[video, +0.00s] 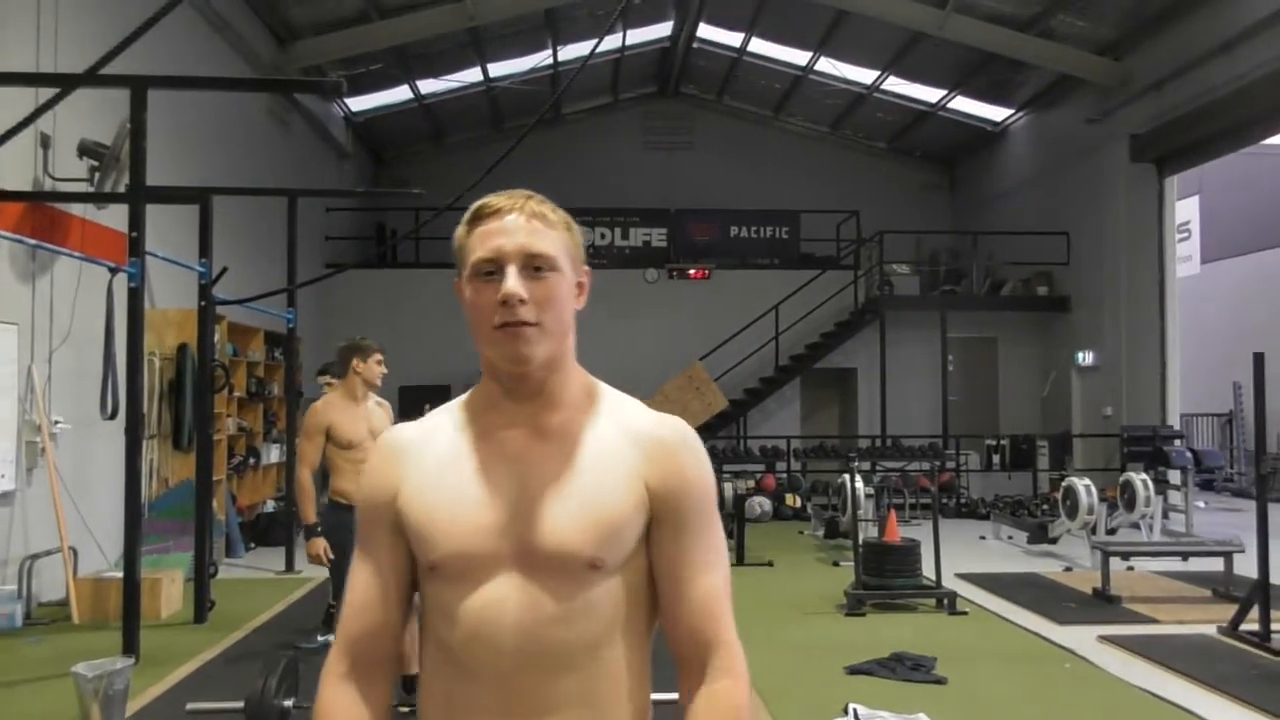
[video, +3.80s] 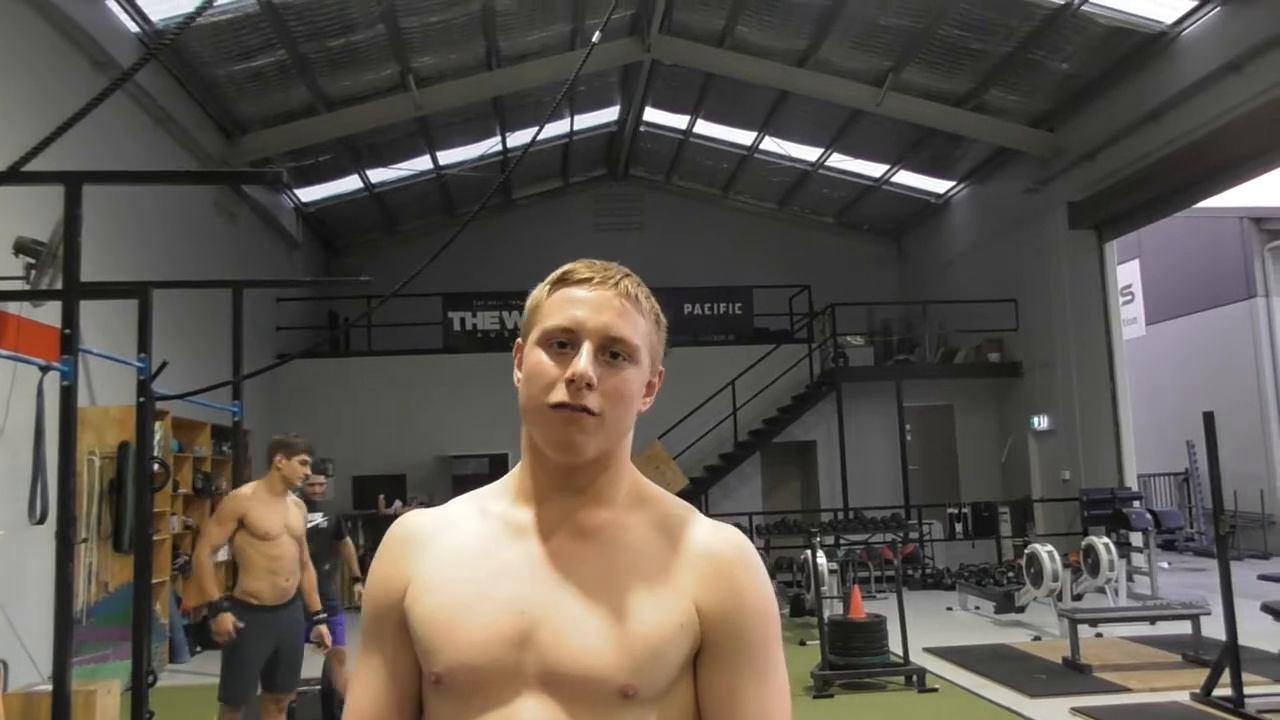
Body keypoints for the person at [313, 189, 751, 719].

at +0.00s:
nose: (512, 292)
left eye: (537, 269)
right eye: (488, 272)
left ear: (580, 290)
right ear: (462, 297)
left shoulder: (662, 450)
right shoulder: (400, 459)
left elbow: (712, 668)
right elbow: (357, 673)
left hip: (605, 713)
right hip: (449, 714)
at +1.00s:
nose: (574, 301)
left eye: (607, 285)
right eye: (554, 274)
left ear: (648, 319)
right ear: (519, 295)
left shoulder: (716, 481)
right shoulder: (431, 472)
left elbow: (770, 709)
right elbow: (375, 700)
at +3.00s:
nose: (590, 358)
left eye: (625, 339)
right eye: (571, 327)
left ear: (659, 374)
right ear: (532, 343)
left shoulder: (726, 541)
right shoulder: (427, 526)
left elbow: (768, 711)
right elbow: (382, 712)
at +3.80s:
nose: (580, 373)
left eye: (614, 354)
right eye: (559, 345)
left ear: (649, 389)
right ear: (519, 364)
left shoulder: (718, 565)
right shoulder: (415, 547)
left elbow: (760, 709)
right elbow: (369, 711)